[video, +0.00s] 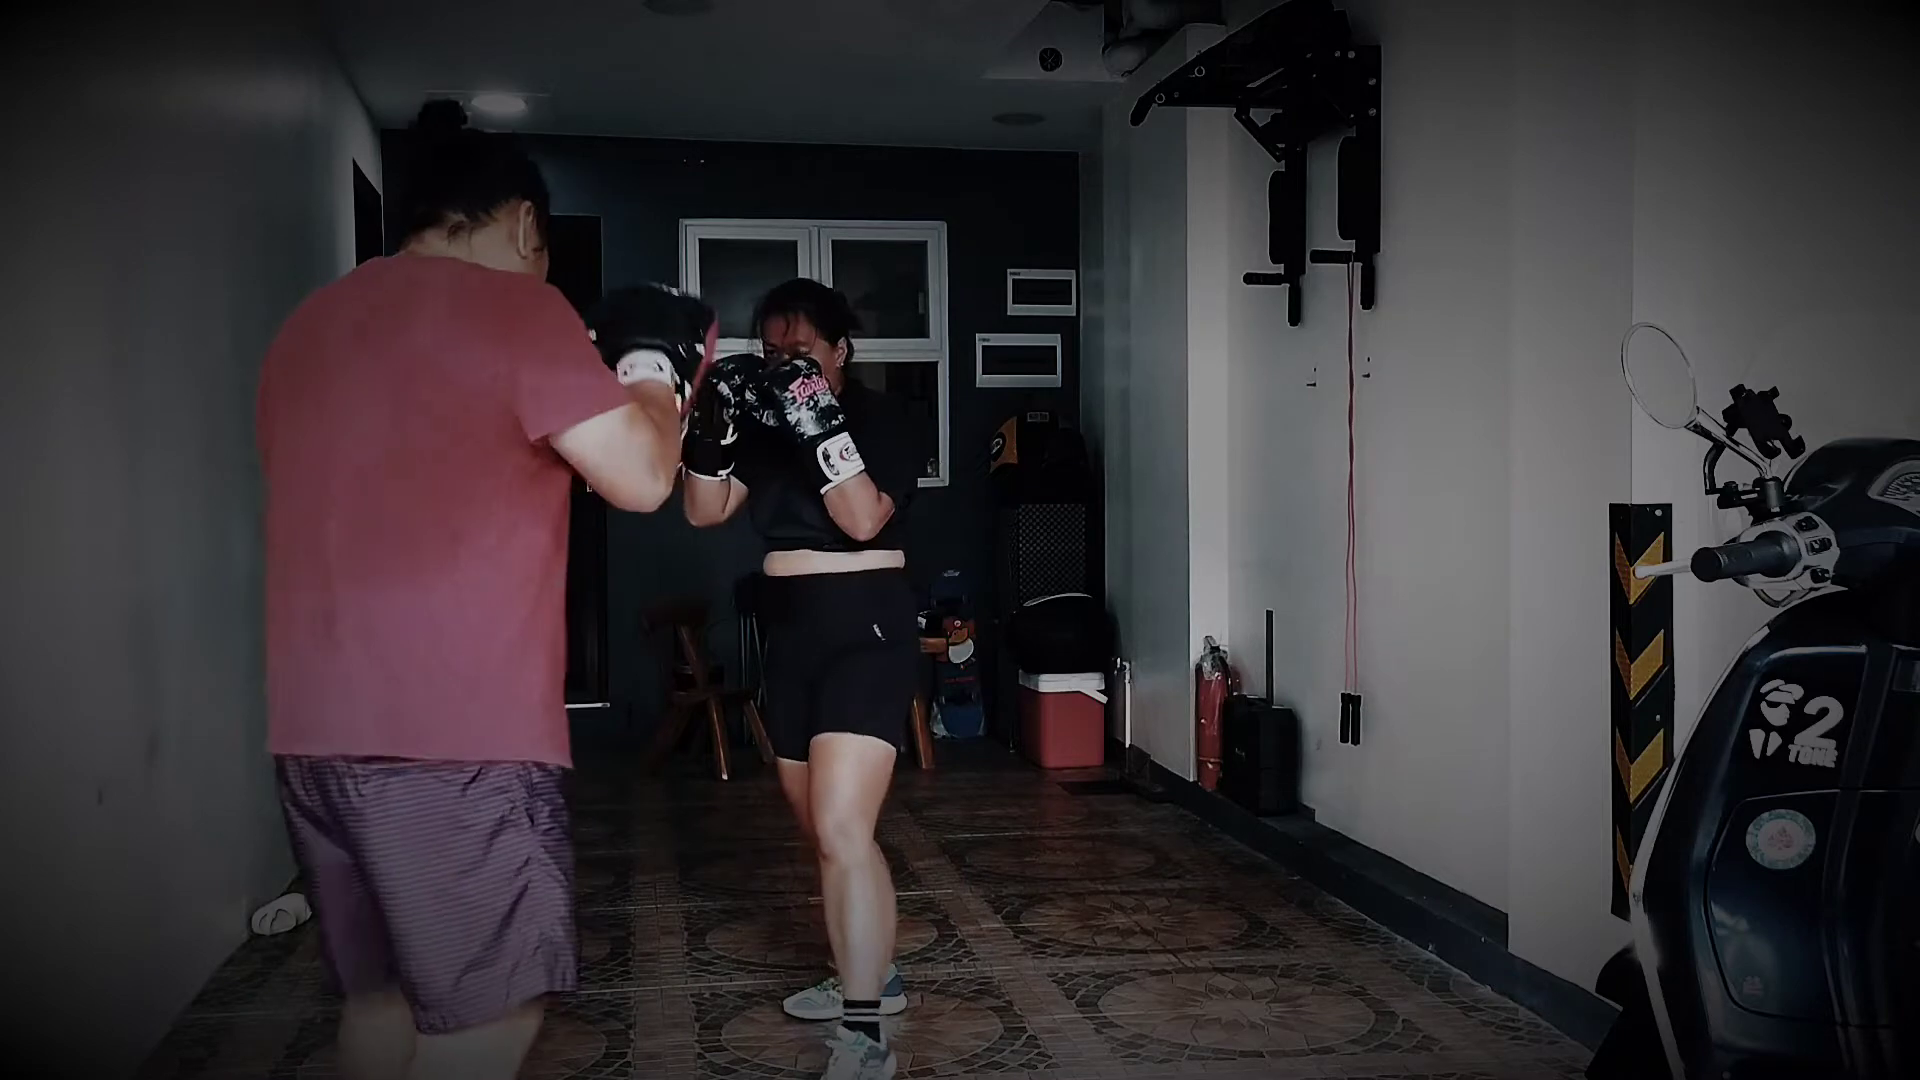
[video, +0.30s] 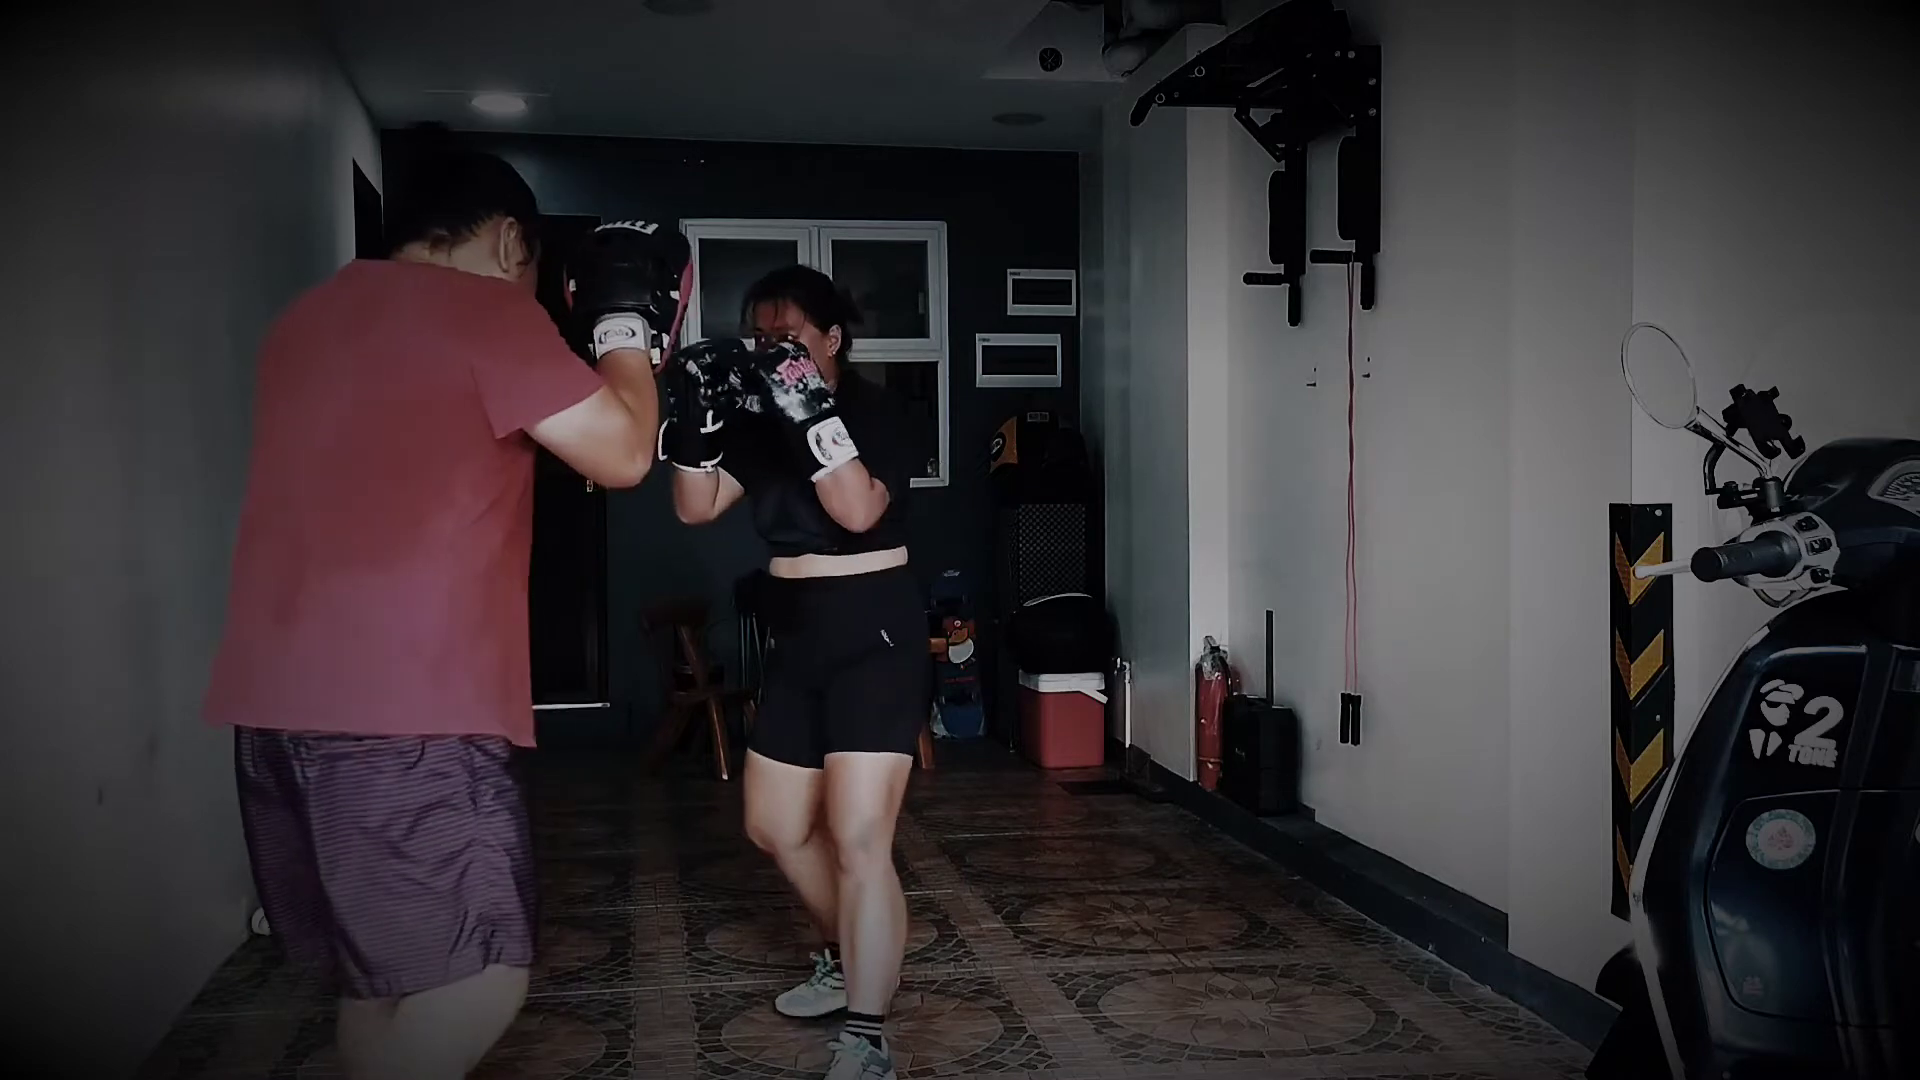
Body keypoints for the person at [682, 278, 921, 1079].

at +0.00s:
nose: (787, 364)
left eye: (802, 350)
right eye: (775, 352)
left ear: (841, 348)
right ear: (764, 354)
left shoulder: (881, 417)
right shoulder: (762, 419)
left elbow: (863, 520)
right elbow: (704, 513)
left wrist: (824, 425)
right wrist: (717, 427)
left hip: (869, 626)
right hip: (785, 629)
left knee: (843, 822)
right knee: (820, 822)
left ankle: (866, 1030)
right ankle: (870, 974)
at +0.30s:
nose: (775, 353)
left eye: (789, 337)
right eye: (764, 340)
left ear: (834, 337)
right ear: (756, 345)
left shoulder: (882, 413)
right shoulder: (759, 418)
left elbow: (859, 511)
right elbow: (695, 508)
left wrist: (811, 409)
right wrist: (697, 415)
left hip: (878, 638)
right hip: (794, 639)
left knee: (860, 837)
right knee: (774, 825)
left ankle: (866, 1038)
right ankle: (856, 954)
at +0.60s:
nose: (746, 383)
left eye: (761, 367)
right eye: (739, 369)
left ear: (808, 371)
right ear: (736, 377)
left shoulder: (841, 442)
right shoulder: (751, 463)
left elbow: (894, 553)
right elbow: (724, 567)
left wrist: (816, 489)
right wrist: (694, 524)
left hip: (863, 656)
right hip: (809, 661)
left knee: (732, 811)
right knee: (797, 847)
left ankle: (826, 1004)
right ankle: (871, 991)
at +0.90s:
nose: (743, 362)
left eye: (758, 344)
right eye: (739, 347)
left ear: (812, 348)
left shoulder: (852, 422)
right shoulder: (754, 436)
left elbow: (805, 529)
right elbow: (752, 562)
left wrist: (713, 468)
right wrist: (703, 512)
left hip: (869, 666)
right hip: (794, 664)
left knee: (809, 886)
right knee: (777, 838)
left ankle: (857, 1068)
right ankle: (873, 983)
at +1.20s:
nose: (755, 373)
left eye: (771, 355)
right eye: (748, 357)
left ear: (826, 358)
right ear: (748, 363)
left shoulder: (867, 442)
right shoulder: (764, 452)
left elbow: (863, 563)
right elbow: (706, 537)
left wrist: (778, 495)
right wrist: (649, 497)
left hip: (870, 674)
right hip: (800, 674)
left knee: (780, 880)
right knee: (816, 862)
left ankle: (854, 1069)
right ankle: (889, 993)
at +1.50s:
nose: (809, 383)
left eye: (830, 367)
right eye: (804, 365)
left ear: (883, 378)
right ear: (798, 368)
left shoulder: (927, 472)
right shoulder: (785, 440)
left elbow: (910, 598)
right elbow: (671, 479)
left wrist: (849, 513)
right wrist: (659, 405)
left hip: (890, 696)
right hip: (805, 689)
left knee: (809, 895)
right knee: (778, 876)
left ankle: (844, 1071)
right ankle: (905, 989)